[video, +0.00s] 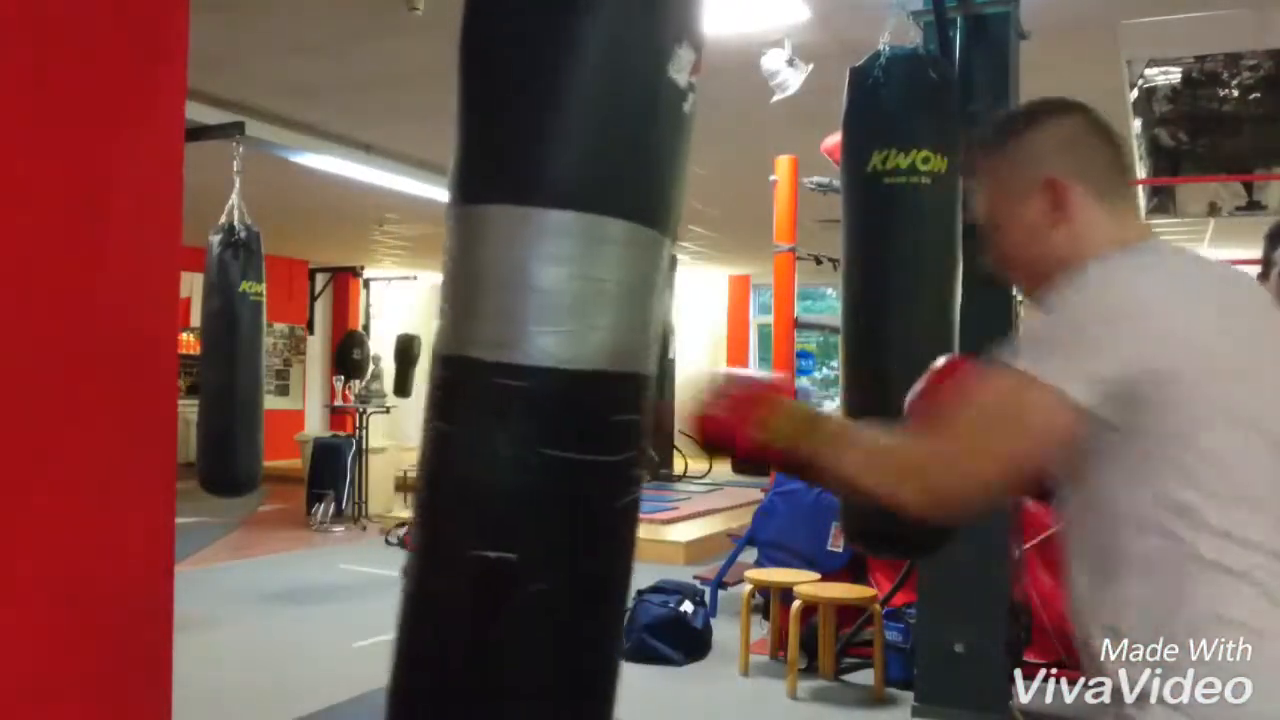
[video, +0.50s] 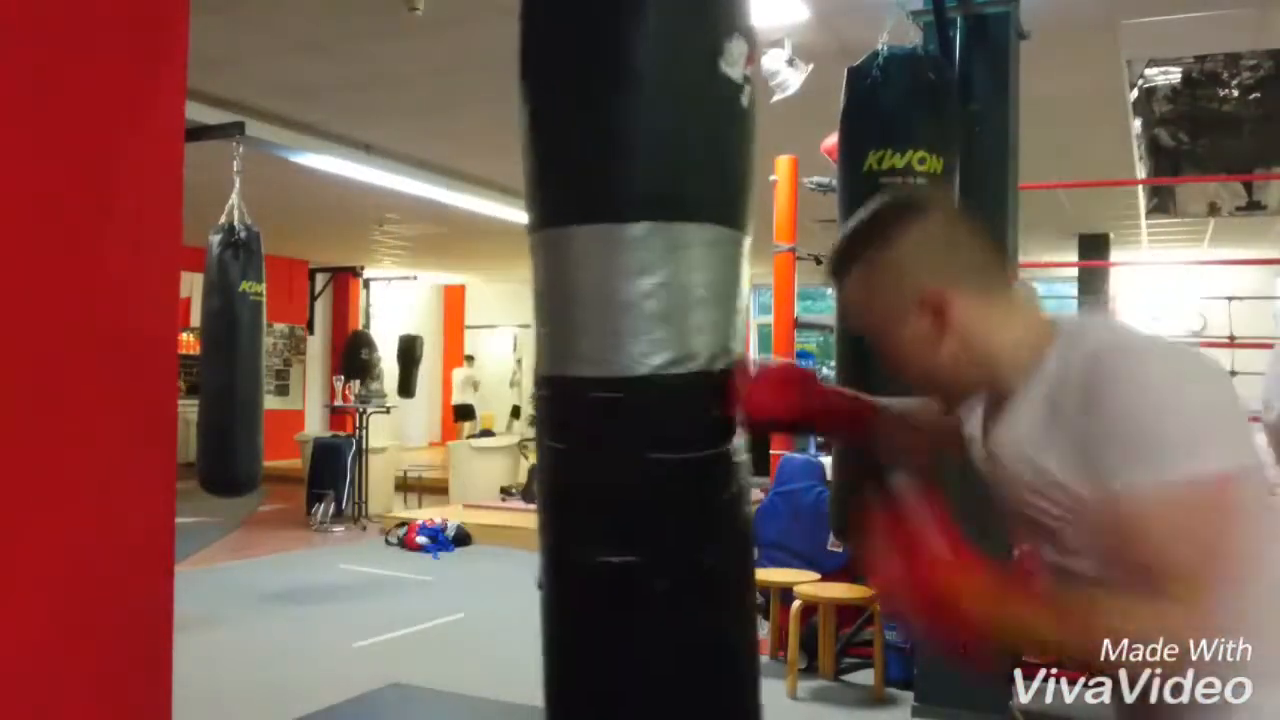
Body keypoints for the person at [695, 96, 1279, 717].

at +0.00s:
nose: (987, 257)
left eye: (989, 227)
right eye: (980, 232)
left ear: (1057, 202)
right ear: (1079, 201)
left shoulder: (1112, 303)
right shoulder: (1242, 298)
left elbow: (938, 481)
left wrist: (790, 427)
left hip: (1166, 693)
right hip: (1258, 689)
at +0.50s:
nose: (888, 366)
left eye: (881, 341)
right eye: (874, 344)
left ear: (937, 315)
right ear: (937, 312)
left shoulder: (1145, 386)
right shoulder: (997, 403)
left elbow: (1196, 629)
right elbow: (935, 429)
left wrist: (984, 599)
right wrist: (828, 410)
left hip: (1231, 699)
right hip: (1116, 691)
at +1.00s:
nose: (958, 358)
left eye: (945, 334)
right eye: (942, 341)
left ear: (968, 299)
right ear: (1040, 262)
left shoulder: (1023, 403)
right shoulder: (1251, 333)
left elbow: (1032, 675)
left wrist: (929, 613)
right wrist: (993, 582)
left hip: (1146, 706)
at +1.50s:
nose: (1040, 305)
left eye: (1031, 276)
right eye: (1025, 281)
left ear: (1080, 230)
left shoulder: (1145, 311)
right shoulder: (1263, 285)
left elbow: (1069, 529)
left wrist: (933, 494)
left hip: (1244, 692)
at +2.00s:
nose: (894, 310)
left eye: (885, 283)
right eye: (880, 288)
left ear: (915, 247)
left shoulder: (1033, 329)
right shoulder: (1086, 306)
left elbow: (1013, 591)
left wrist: (874, 507)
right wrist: (925, 492)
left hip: (1191, 699)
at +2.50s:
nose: (938, 316)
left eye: (940, 299)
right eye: (931, 302)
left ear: (996, 264)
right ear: (1035, 262)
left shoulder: (986, 338)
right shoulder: (1216, 361)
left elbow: (867, 469)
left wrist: (690, 464)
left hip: (1112, 698)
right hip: (1263, 699)